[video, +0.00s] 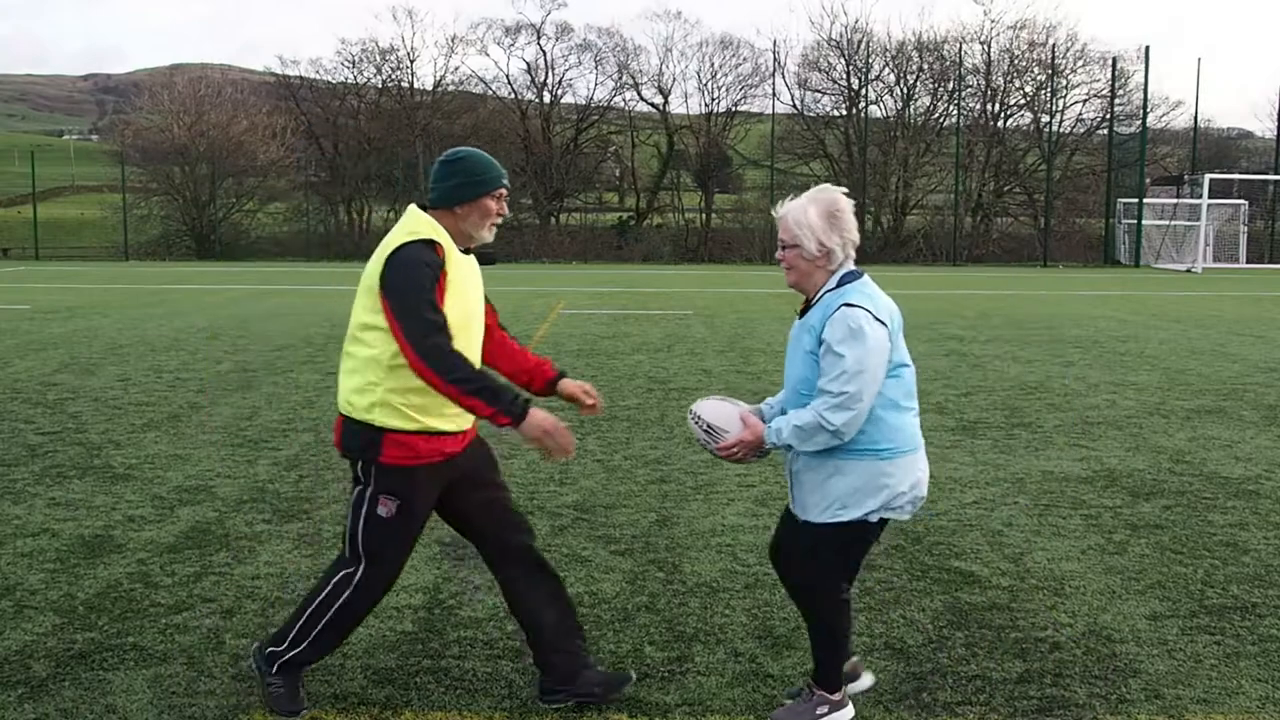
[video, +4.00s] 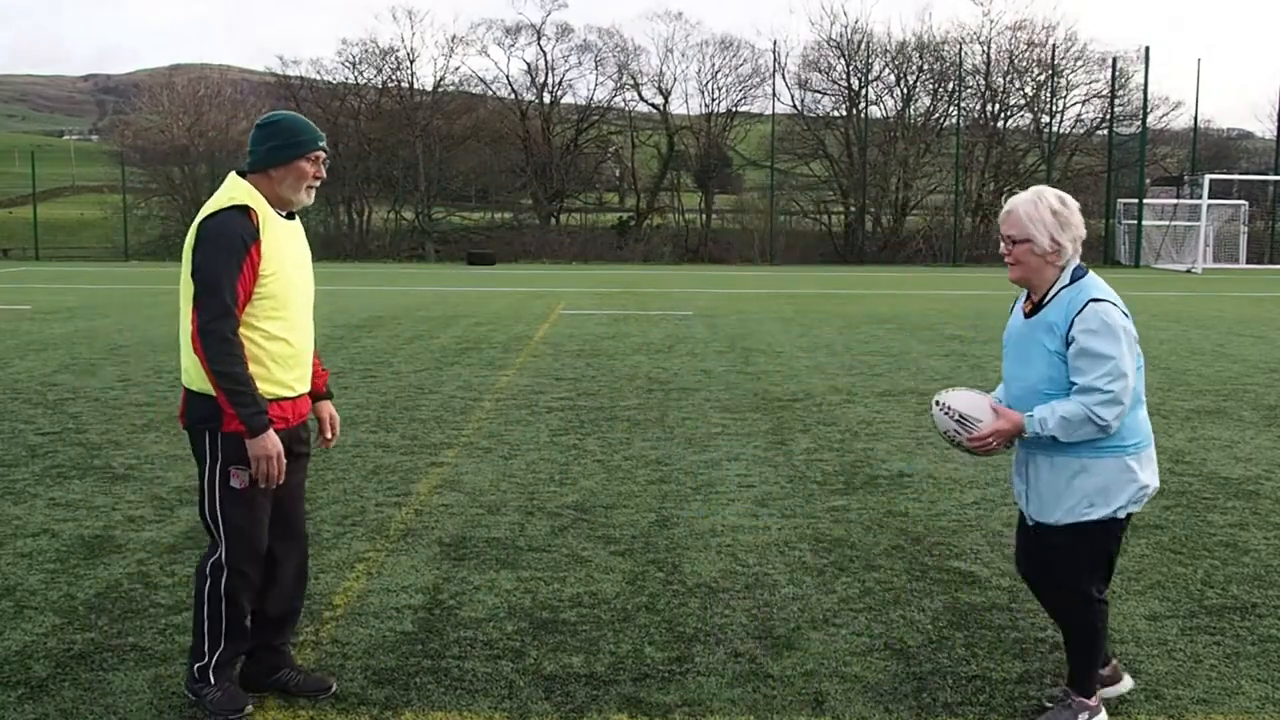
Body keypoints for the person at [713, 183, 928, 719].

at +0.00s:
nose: (779, 257)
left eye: (788, 246)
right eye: (779, 245)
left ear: (824, 251)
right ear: (821, 252)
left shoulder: (855, 316)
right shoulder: (822, 307)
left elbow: (838, 415)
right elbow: (805, 392)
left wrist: (768, 436)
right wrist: (756, 418)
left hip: (866, 475)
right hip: (832, 466)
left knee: (823, 575)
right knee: (789, 554)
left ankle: (828, 695)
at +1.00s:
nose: (680, 240)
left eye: (689, 230)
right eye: (682, 229)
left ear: (722, 240)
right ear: (722, 241)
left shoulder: (749, 304)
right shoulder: (726, 297)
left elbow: (731, 403)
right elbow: (712, 382)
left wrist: (662, 400)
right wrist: (660, 393)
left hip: (754, 474)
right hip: (723, 470)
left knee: (756, 587)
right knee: (714, 576)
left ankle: (779, 700)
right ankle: (720, 686)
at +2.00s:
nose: (718, 242)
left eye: (728, 232)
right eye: (719, 231)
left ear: (764, 240)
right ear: (758, 242)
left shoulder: (789, 310)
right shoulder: (761, 300)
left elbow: (773, 411)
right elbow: (738, 382)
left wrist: (701, 418)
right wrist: (689, 403)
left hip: (780, 478)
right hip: (746, 472)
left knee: (769, 590)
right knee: (729, 580)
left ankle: (779, 703)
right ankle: (720, 685)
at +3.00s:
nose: (811, 252)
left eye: (823, 242)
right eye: (809, 241)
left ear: (860, 249)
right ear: (848, 251)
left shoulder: (880, 316)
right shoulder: (851, 308)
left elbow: (872, 414)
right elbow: (834, 390)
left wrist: (802, 424)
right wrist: (785, 413)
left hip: (880, 480)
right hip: (862, 475)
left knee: (830, 582)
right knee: (874, 578)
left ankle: (786, 699)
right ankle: (931, 677)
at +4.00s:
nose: (1004, 252)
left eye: (1014, 242)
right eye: (1003, 241)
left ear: (1051, 246)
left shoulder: (1096, 313)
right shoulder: (1028, 304)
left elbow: (1102, 410)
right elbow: (1023, 384)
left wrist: (1024, 424)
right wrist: (987, 415)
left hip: (1096, 477)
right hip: (1047, 469)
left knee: (1079, 587)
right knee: (1037, 565)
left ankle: (1084, 700)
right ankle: (1101, 667)